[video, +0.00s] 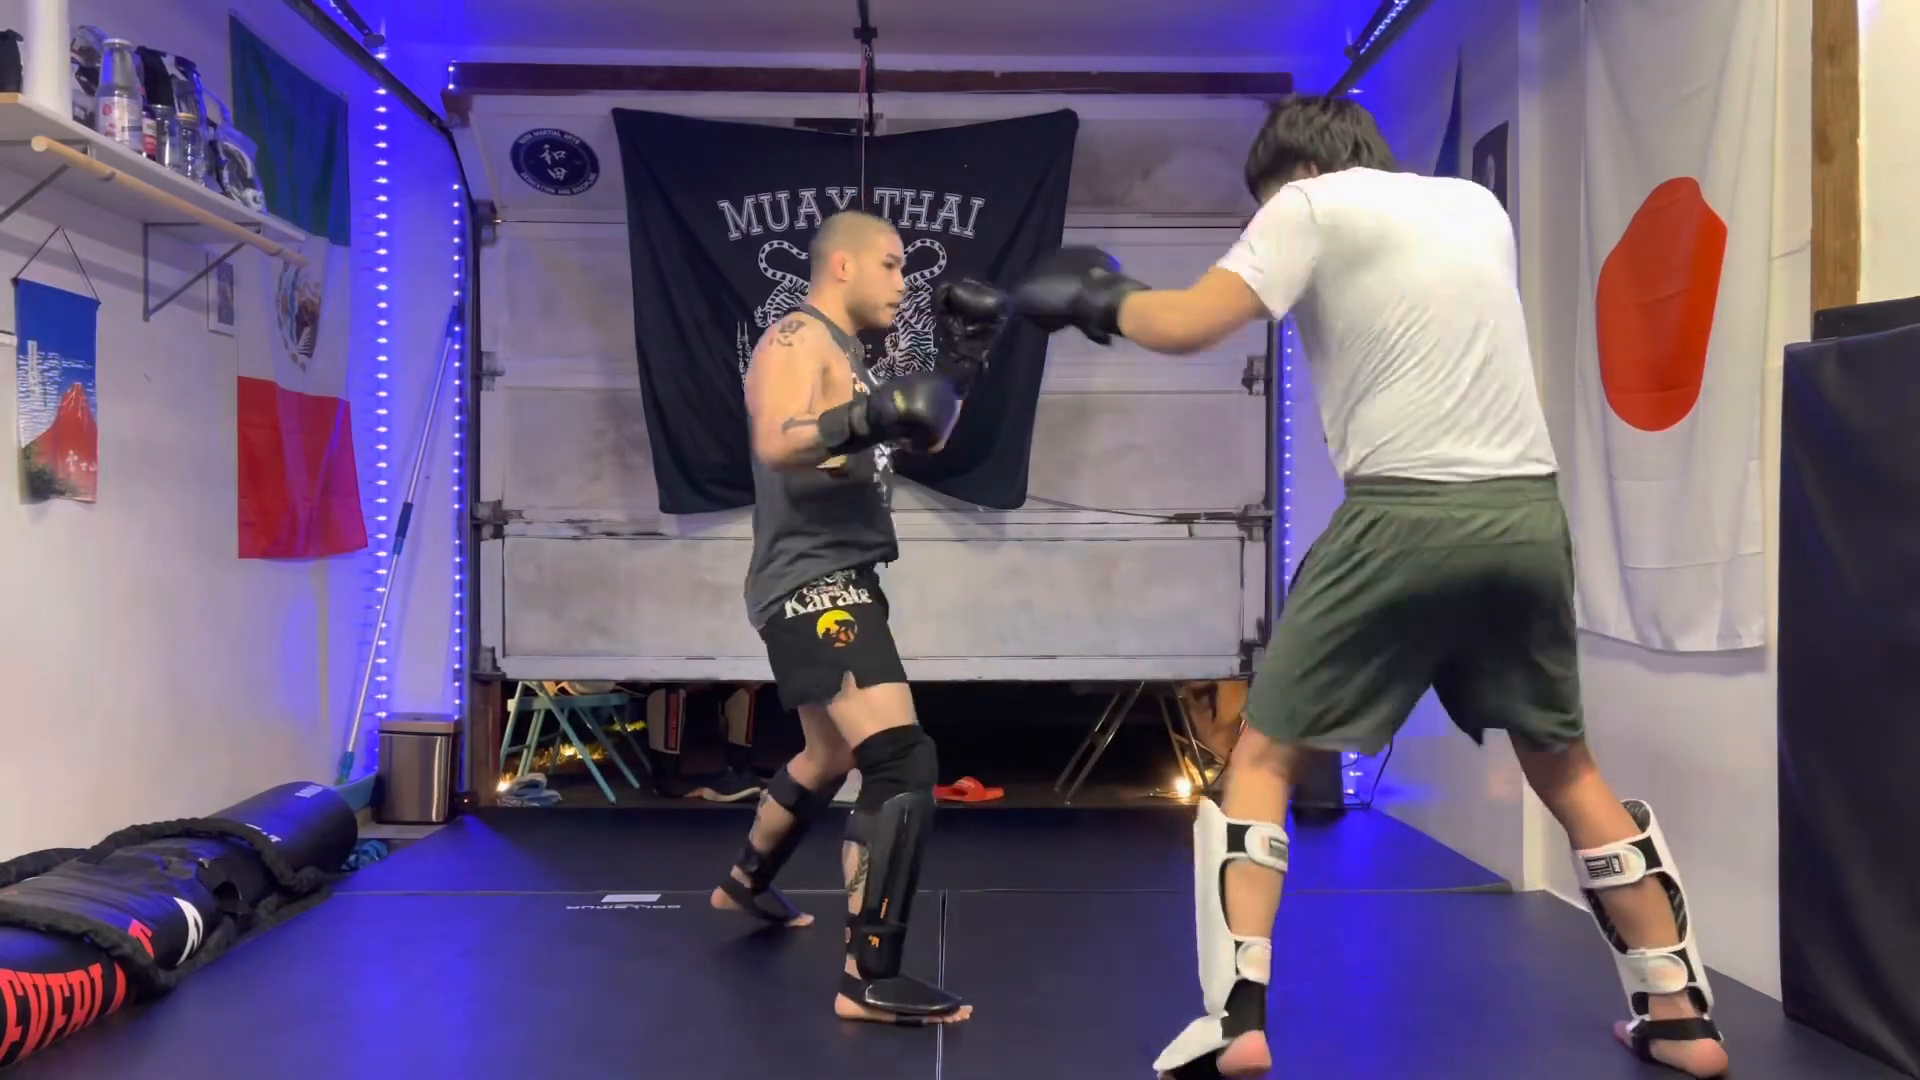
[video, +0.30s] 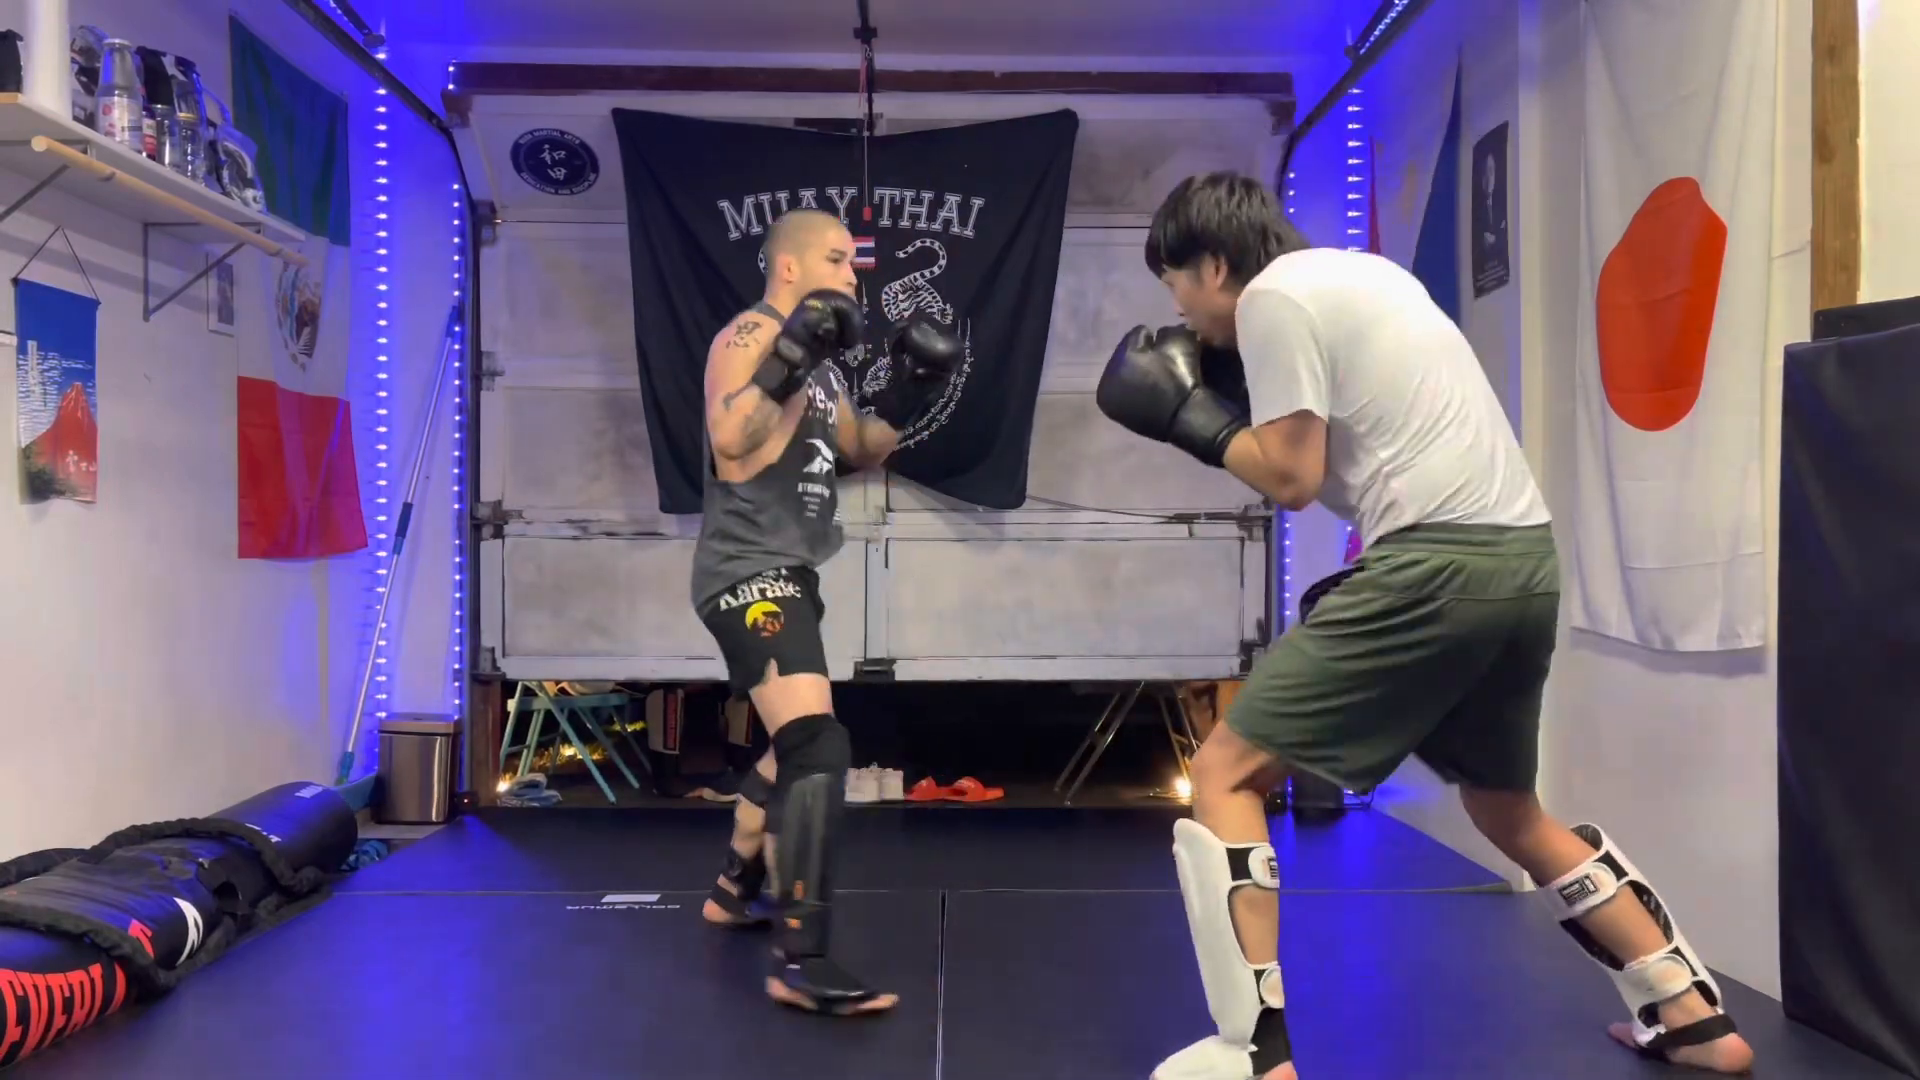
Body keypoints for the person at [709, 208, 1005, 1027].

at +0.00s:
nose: (902, 283)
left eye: (902, 268)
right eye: (890, 266)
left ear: (850, 270)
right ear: (842, 268)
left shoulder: (851, 354)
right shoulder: (794, 340)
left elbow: (927, 445)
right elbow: (777, 445)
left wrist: (959, 357)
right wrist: (873, 414)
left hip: (832, 578)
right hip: (814, 581)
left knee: (827, 757)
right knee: (900, 760)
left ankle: (745, 884)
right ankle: (874, 979)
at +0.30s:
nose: (852, 271)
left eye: (852, 259)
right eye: (838, 258)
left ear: (822, 271)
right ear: (786, 268)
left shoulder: (816, 351)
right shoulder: (748, 337)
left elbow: (859, 448)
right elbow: (731, 447)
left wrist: (913, 386)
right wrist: (798, 357)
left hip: (788, 572)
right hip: (751, 571)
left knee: (793, 745)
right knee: (817, 751)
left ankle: (739, 881)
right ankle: (802, 958)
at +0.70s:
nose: (779, 281)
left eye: (779, 267)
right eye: (764, 265)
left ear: (723, 277)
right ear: (711, 272)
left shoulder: (722, 351)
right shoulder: (690, 340)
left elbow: (772, 453)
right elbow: (734, 417)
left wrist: (825, 386)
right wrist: (804, 327)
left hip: (674, 590)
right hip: (686, 591)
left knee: (701, 766)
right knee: (771, 773)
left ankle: (691, 900)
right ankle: (690, 967)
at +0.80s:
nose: (759, 286)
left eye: (756, 271)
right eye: (742, 269)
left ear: (686, 284)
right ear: (690, 278)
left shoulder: (666, 359)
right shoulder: (689, 343)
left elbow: (714, 451)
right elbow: (792, 336)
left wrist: (760, 417)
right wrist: (910, 284)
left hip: (613, 603)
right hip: (653, 605)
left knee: (667, 767)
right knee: (732, 802)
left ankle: (650, 906)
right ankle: (666, 1015)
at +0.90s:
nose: (734, 280)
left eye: (732, 265)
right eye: (720, 262)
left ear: (661, 276)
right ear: (666, 271)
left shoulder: (634, 354)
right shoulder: (663, 338)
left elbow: (693, 458)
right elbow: (755, 355)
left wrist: (746, 395)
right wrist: (866, 304)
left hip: (572, 609)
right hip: (617, 608)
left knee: (621, 762)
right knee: (714, 793)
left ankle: (540, 910)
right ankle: (663, 1019)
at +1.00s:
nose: (703, 271)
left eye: (702, 257)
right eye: (688, 255)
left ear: (634, 269)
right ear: (634, 260)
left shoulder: (628, 351)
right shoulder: (607, 336)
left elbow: (699, 447)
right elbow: (634, 418)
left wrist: (748, 370)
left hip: (539, 596)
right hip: (565, 595)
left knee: (550, 776)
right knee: (662, 789)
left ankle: (424, 913)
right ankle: (658, 1014)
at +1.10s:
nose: (664, 280)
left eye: (664, 266)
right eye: (649, 264)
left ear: (607, 277)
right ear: (593, 272)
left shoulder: (606, 369)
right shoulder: (553, 352)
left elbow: (682, 458)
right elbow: (508, 471)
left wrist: (730, 377)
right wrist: (618, 449)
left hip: (498, 602)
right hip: (517, 597)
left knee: (503, 791)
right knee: (621, 785)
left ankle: (397, 945)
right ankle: (653, 1009)